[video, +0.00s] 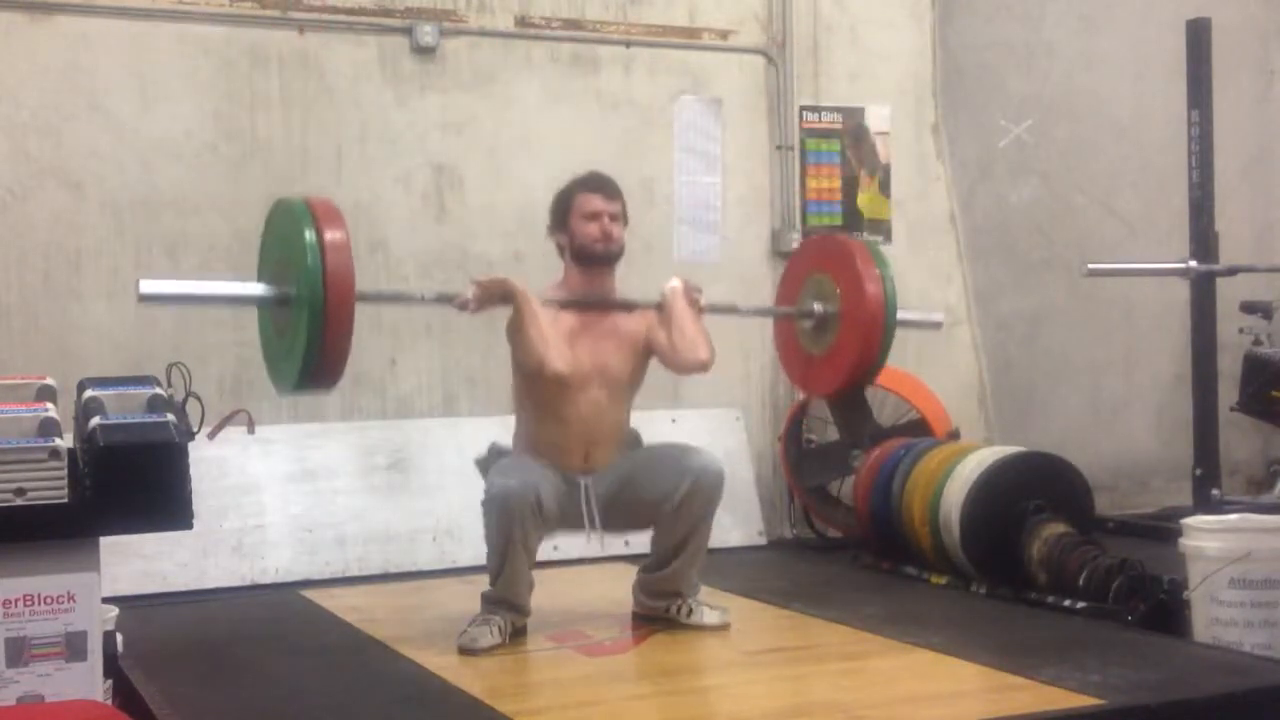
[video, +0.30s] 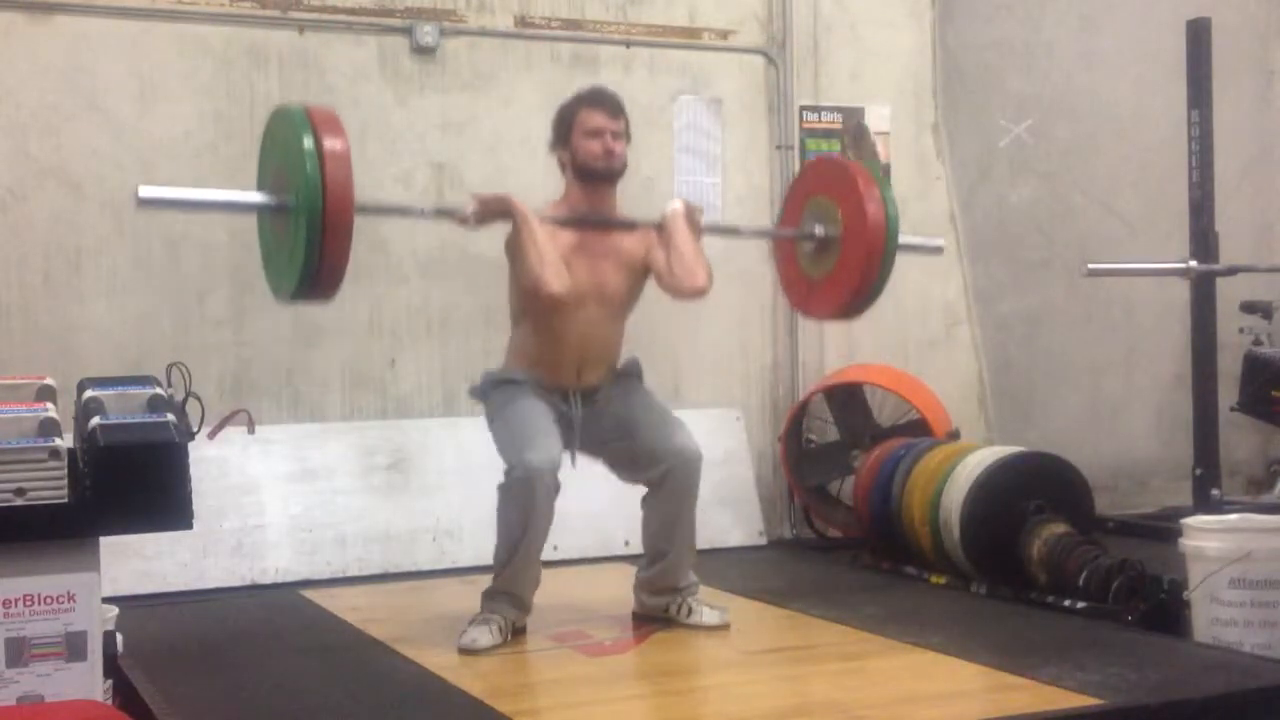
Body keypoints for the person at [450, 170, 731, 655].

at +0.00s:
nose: (605, 228)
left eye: (614, 218)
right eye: (591, 218)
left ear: (625, 232)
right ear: (560, 235)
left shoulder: (642, 319)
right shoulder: (535, 315)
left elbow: (694, 357)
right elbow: (553, 365)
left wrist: (677, 295)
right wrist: (518, 293)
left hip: (617, 476)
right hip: (544, 477)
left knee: (701, 472)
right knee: (510, 488)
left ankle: (662, 596)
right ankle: (504, 611)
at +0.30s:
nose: (609, 144)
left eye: (617, 136)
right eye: (594, 135)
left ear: (627, 149)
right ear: (564, 152)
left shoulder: (643, 236)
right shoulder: (534, 230)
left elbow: (692, 283)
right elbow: (551, 286)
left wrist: (677, 216)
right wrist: (517, 209)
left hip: (607, 391)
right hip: (528, 390)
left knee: (680, 457)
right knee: (535, 466)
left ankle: (663, 595)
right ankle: (503, 610)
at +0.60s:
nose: (596, 69)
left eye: (605, 62)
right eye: (580, 62)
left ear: (616, 82)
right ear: (552, 82)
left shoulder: (637, 167)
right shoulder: (528, 161)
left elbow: (686, 206)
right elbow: (546, 206)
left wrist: (672, 144)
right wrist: (510, 133)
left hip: (610, 348)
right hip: (527, 347)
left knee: (678, 451)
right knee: (516, 460)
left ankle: (663, 593)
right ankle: (502, 607)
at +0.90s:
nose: (581, 4)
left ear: (599, 16)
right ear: (537, 15)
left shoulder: (629, 96)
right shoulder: (522, 90)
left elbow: (683, 114)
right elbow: (535, 104)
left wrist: (661, 62)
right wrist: (502, 48)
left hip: (623, 296)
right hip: (541, 294)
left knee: (651, 443)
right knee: (520, 448)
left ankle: (662, 591)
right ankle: (503, 604)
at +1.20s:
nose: (579, 6)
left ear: (597, 18)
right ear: (535, 18)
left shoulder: (627, 100)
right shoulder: (522, 97)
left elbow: (682, 113)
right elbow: (533, 101)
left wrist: (656, 63)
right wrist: (502, 49)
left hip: (631, 291)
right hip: (550, 290)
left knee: (646, 448)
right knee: (531, 455)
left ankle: (661, 591)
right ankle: (504, 602)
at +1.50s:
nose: (582, 7)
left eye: (589, 0)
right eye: (565, 0)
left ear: (599, 18)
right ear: (537, 19)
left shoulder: (629, 102)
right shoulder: (524, 98)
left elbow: (684, 110)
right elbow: (536, 100)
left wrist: (656, 62)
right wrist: (505, 49)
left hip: (630, 293)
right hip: (548, 291)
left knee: (645, 450)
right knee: (528, 456)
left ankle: (661, 591)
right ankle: (504, 603)